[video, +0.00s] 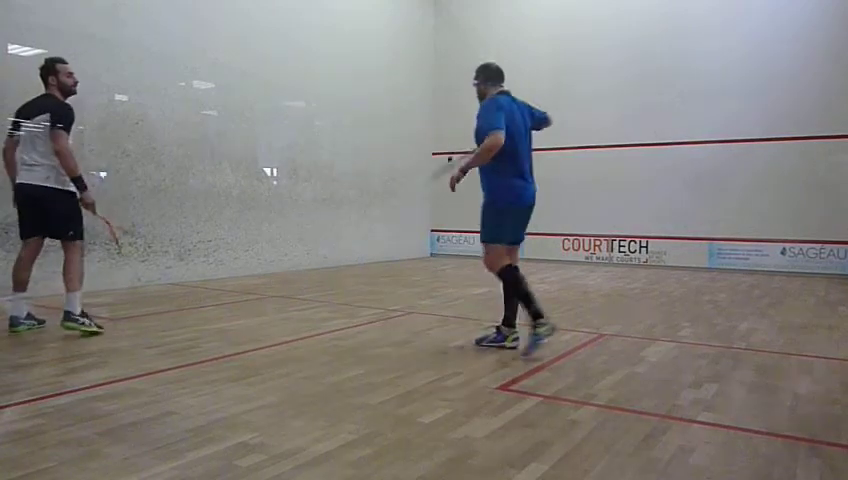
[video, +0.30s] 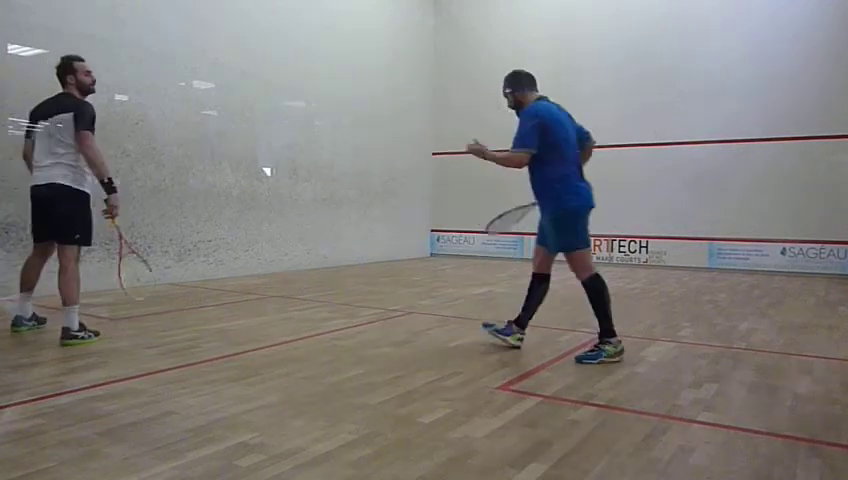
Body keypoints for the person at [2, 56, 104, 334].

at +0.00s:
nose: (75, 79)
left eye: (73, 75)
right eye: (69, 75)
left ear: (50, 82)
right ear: (52, 80)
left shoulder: (24, 109)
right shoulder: (62, 109)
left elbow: (8, 151)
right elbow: (60, 147)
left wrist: (18, 185)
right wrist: (83, 189)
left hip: (26, 190)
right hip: (57, 191)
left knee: (31, 245)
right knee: (73, 247)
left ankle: (18, 314)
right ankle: (73, 313)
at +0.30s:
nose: (93, 77)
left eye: (91, 72)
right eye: (87, 73)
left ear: (67, 81)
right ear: (70, 79)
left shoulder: (39, 110)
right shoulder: (82, 107)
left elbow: (28, 154)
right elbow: (87, 144)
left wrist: (46, 179)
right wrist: (110, 188)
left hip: (40, 190)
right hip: (71, 190)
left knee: (41, 251)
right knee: (69, 259)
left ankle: (22, 315)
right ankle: (72, 327)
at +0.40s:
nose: (99, 74)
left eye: (97, 69)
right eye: (93, 70)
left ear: (72, 77)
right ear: (76, 76)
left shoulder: (45, 105)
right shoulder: (87, 104)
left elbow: (36, 152)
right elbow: (88, 140)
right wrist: (115, 182)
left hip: (41, 186)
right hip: (71, 189)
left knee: (46, 251)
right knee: (69, 257)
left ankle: (28, 315)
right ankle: (72, 327)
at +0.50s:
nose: (103, 73)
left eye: (102, 68)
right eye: (97, 68)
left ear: (77, 75)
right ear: (79, 73)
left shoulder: (50, 102)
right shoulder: (88, 103)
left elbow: (53, 146)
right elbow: (90, 141)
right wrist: (116, 183)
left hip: (43, 185)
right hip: (70, 187)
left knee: (51, 250)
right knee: (71, 256)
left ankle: (34, 319)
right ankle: (72, 327)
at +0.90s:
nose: (110, 71)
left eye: (110, 65)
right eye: (104, 66)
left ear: (83, 71)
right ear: (87, 69)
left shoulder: (59, 97)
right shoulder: (95, 101)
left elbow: (72, 145)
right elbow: (93, 147)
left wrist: (105, 175)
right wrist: (110, 191)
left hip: (49, 185)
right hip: (78, 188)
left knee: (50, 253)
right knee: (74, 259)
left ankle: (37, 322)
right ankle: (72, 327)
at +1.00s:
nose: (111, 70)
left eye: (110, 65)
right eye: (105, 65)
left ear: (84, 70)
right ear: (87, 68)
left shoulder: (59, 96)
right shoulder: (95, 100)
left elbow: (64, 144)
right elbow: (94, 146)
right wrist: (114, 190)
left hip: (49, 185)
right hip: (78, 188)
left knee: (50, 252)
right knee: (74, 258)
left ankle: (37, 321)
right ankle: (72, 327)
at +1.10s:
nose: (111, 69)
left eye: (110, 63)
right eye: (105, 64)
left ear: (85, 69)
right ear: (88, 67)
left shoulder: (60, 96)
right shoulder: (96, 99)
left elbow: (67, 145)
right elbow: (95, 145)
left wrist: (97, 175)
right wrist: (115, 188)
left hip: (51, 185)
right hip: (79, 188)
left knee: (51, 252)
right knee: (74, 257)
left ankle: (38, 320)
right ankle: (73, 326)